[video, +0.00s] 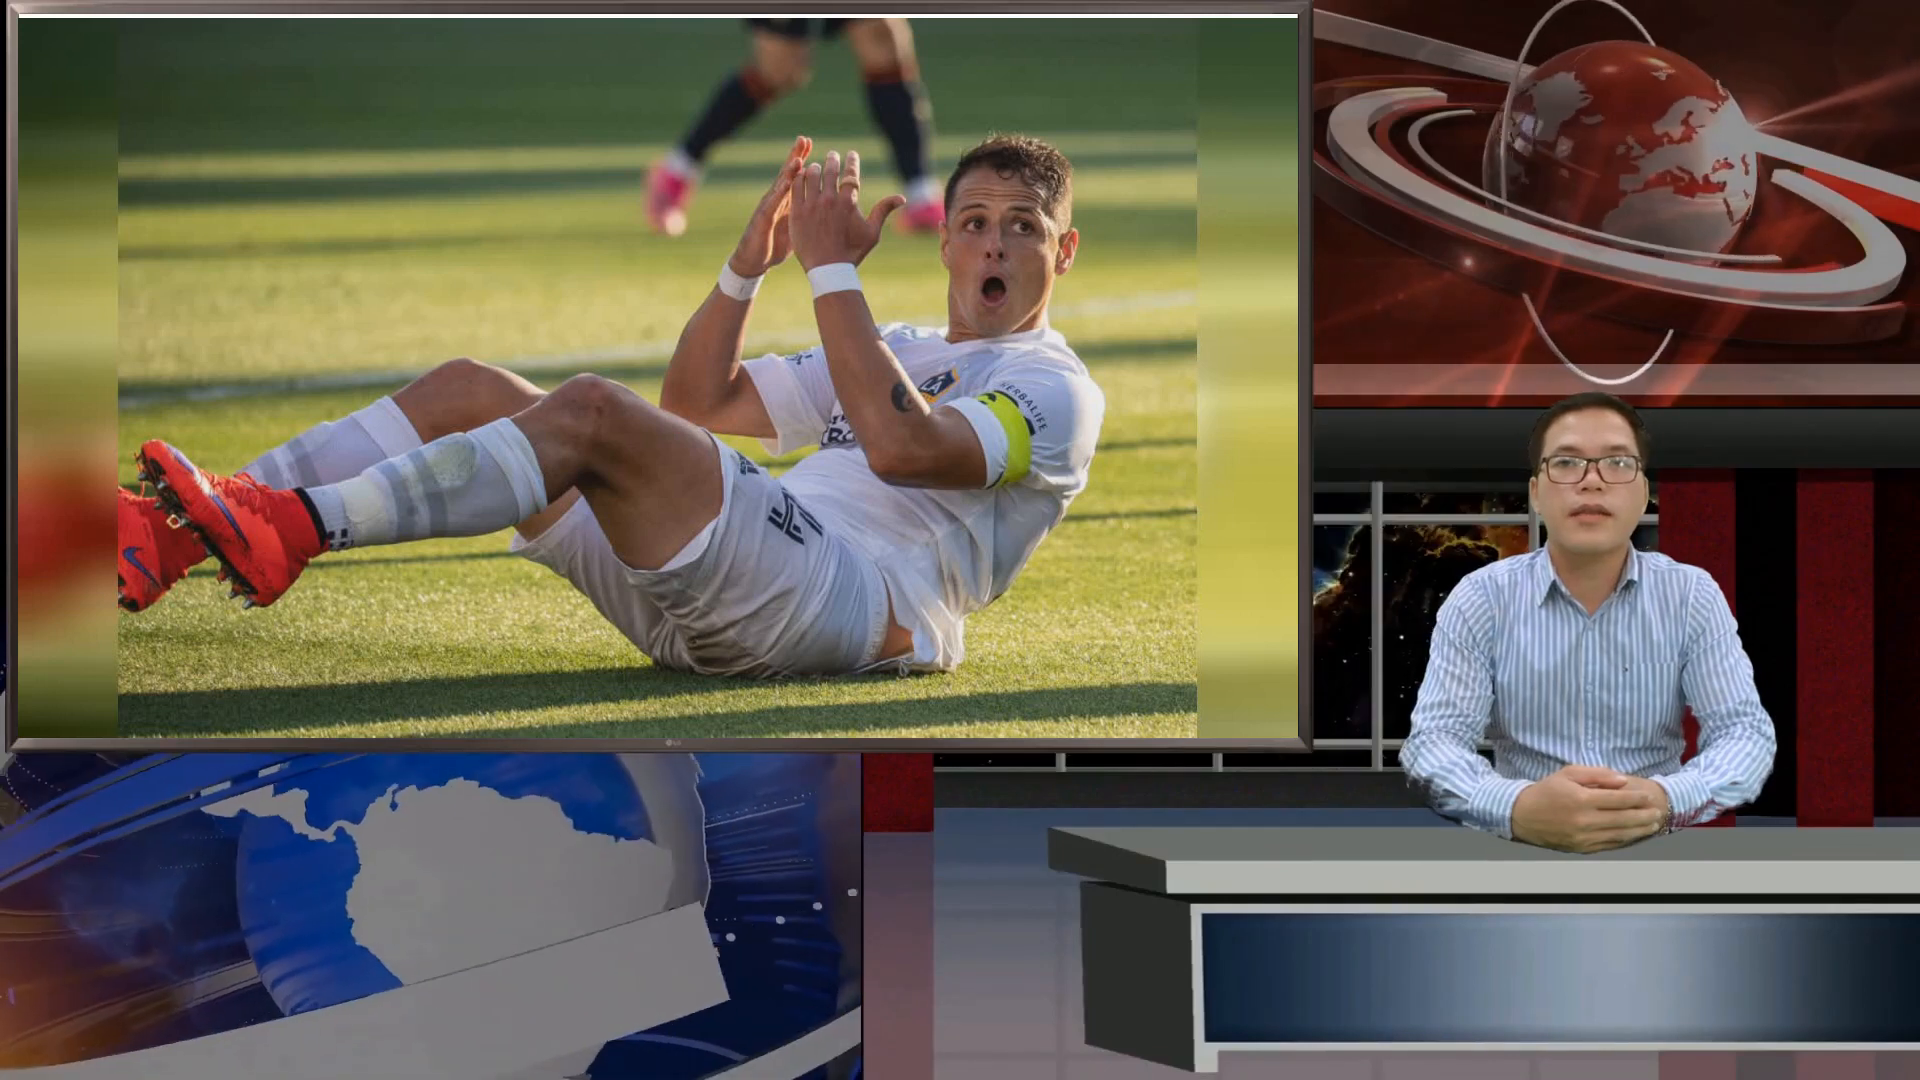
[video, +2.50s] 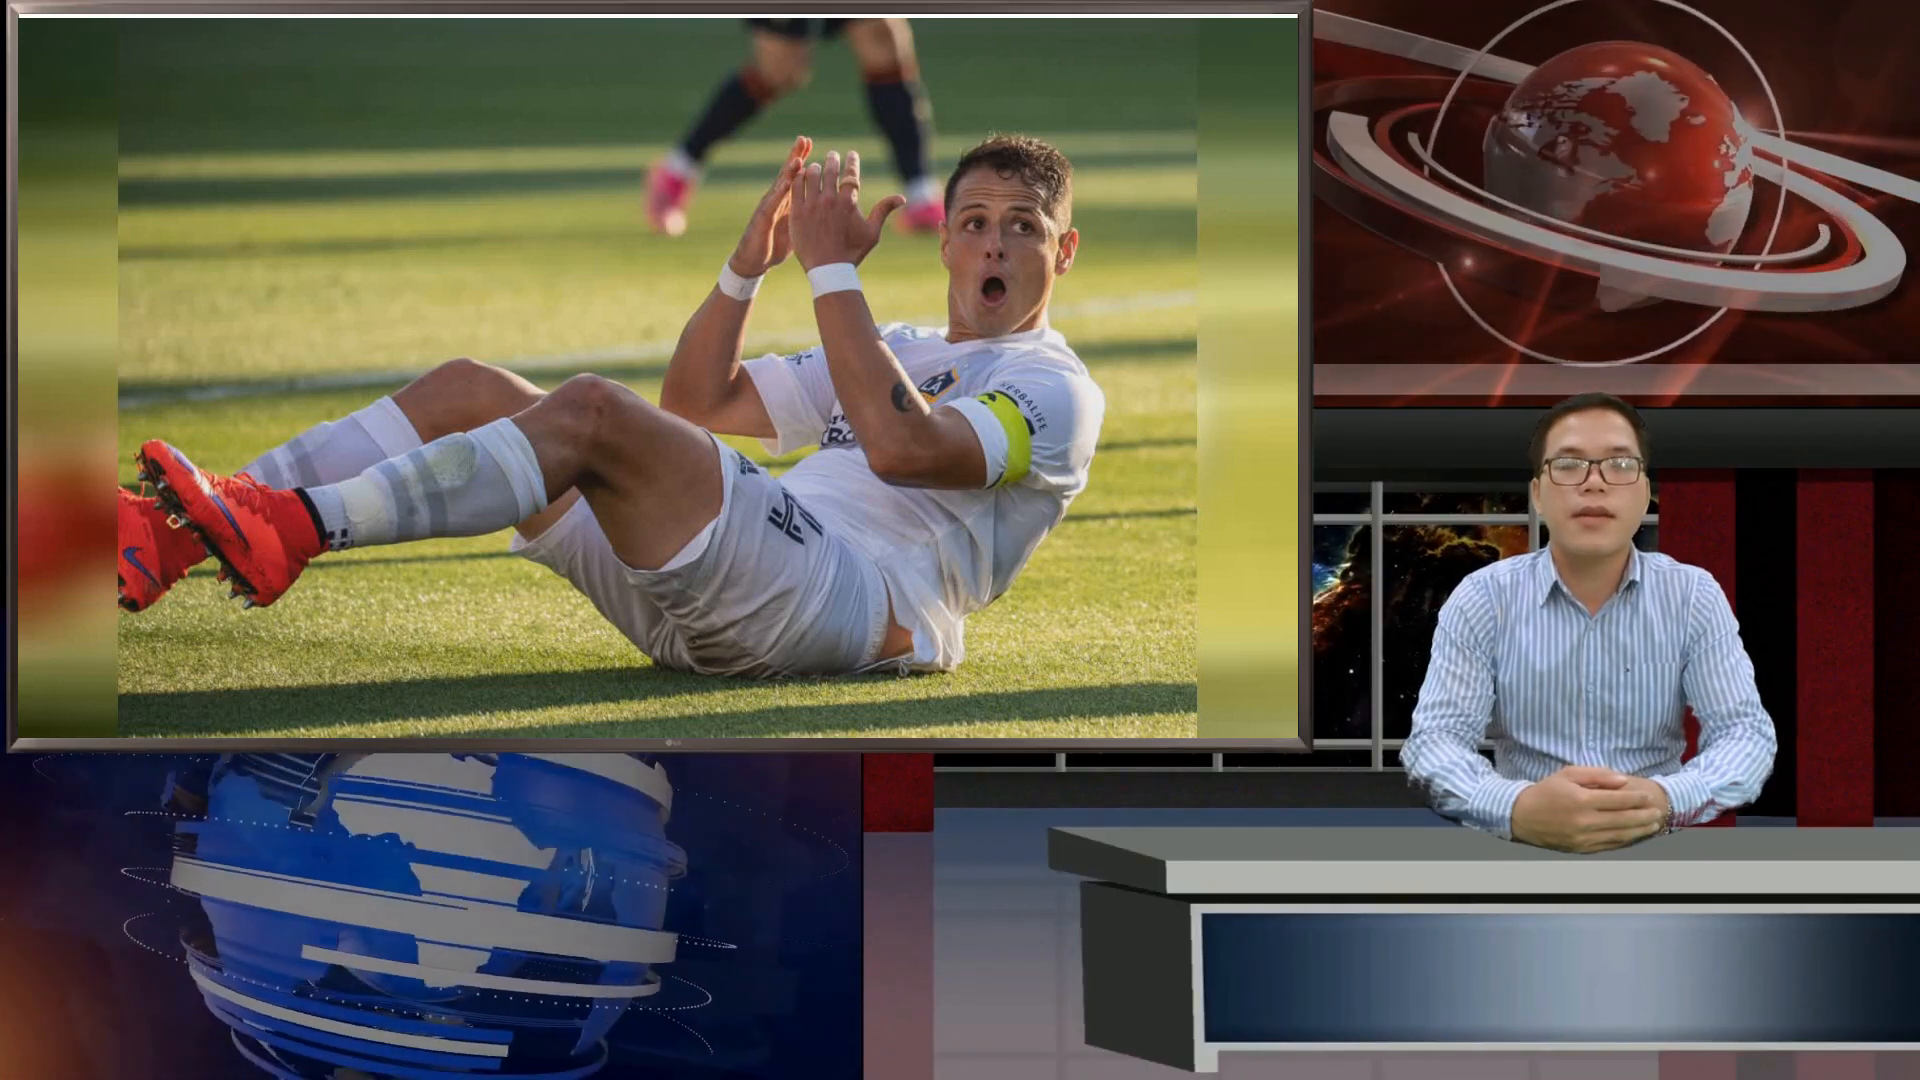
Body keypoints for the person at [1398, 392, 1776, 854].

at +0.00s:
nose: (1592, 481)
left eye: (1616, 463)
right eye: (1567, 463)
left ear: (1644, 494)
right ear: (1536, 494)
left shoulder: (1688, 597)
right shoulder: (1483, 601)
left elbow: (1744, 735)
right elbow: (1432, 746)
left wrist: (1667, 800)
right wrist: (1515, 808)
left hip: (1657, 853)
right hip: (1520, 857)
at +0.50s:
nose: (1591, 481)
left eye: (1616, 463)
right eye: (1566, 463)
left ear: (1643, 493)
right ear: (1536, 494)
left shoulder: (1688, 598)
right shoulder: (1483, 601)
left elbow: (1744, 734)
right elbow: (1432, 745)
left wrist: (1668, 800)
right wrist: (1515, 809)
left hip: (1656, 851)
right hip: (1519, 854)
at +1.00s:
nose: (1593, 481)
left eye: (1617, 463)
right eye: (1568, 463)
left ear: (1645, 493)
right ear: (1537, 494)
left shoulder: (1689, 597)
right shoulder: (1483, 600)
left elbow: (1745, 734)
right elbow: (1432, 745)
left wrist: (1667, 800)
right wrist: (1514, 809)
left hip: (1656, 852)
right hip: (1520, 856)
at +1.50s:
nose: (1594, 482)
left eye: (1618, 464)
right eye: (1568, 463)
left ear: (1645, 494)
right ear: (1538, 494)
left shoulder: (1690, 598)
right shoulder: (1484, 600)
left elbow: (1744, 735)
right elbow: (1432, 745)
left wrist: (1667, 799)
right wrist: (1515, 809)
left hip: (1655, 850)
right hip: (1518, 853)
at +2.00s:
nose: (1594, 482)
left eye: (1618, 464)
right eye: (1568, 464)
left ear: (1646, 495)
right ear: (1538, 495)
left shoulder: (1690, 598)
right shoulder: (1484, 601)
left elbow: (1744, 735)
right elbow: (1432, 745)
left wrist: (1667, 800)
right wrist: (1515, 809)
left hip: (1654, 849)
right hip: (1517, 853)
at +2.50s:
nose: (1594, 482)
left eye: (1618, 464)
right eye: (1568, 464)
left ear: (1645, 495)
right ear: (1538, 495)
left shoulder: (1690, 598)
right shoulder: (1484, 601)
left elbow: (1745, 735)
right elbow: (1432, 745)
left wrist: (1667, 800)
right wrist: (1514, 809)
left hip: (1657, 853)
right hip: (1520, 857)